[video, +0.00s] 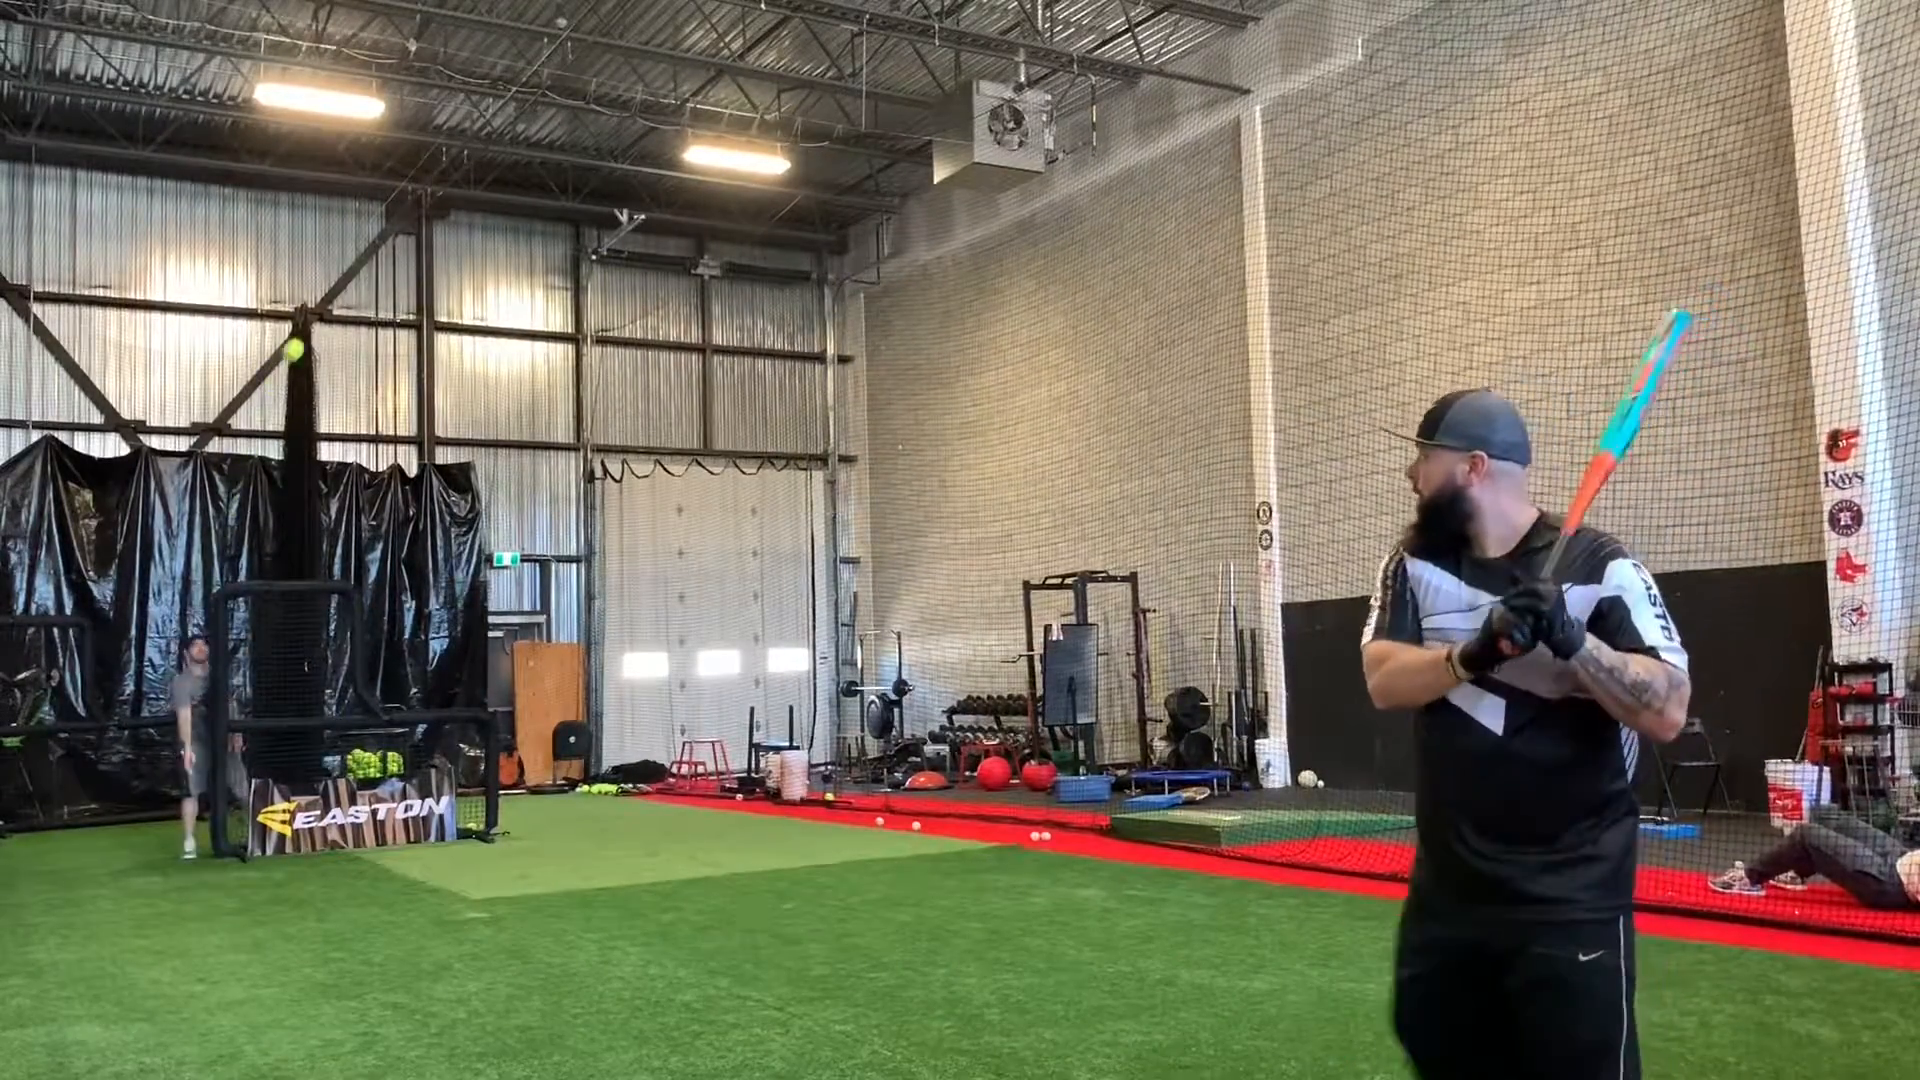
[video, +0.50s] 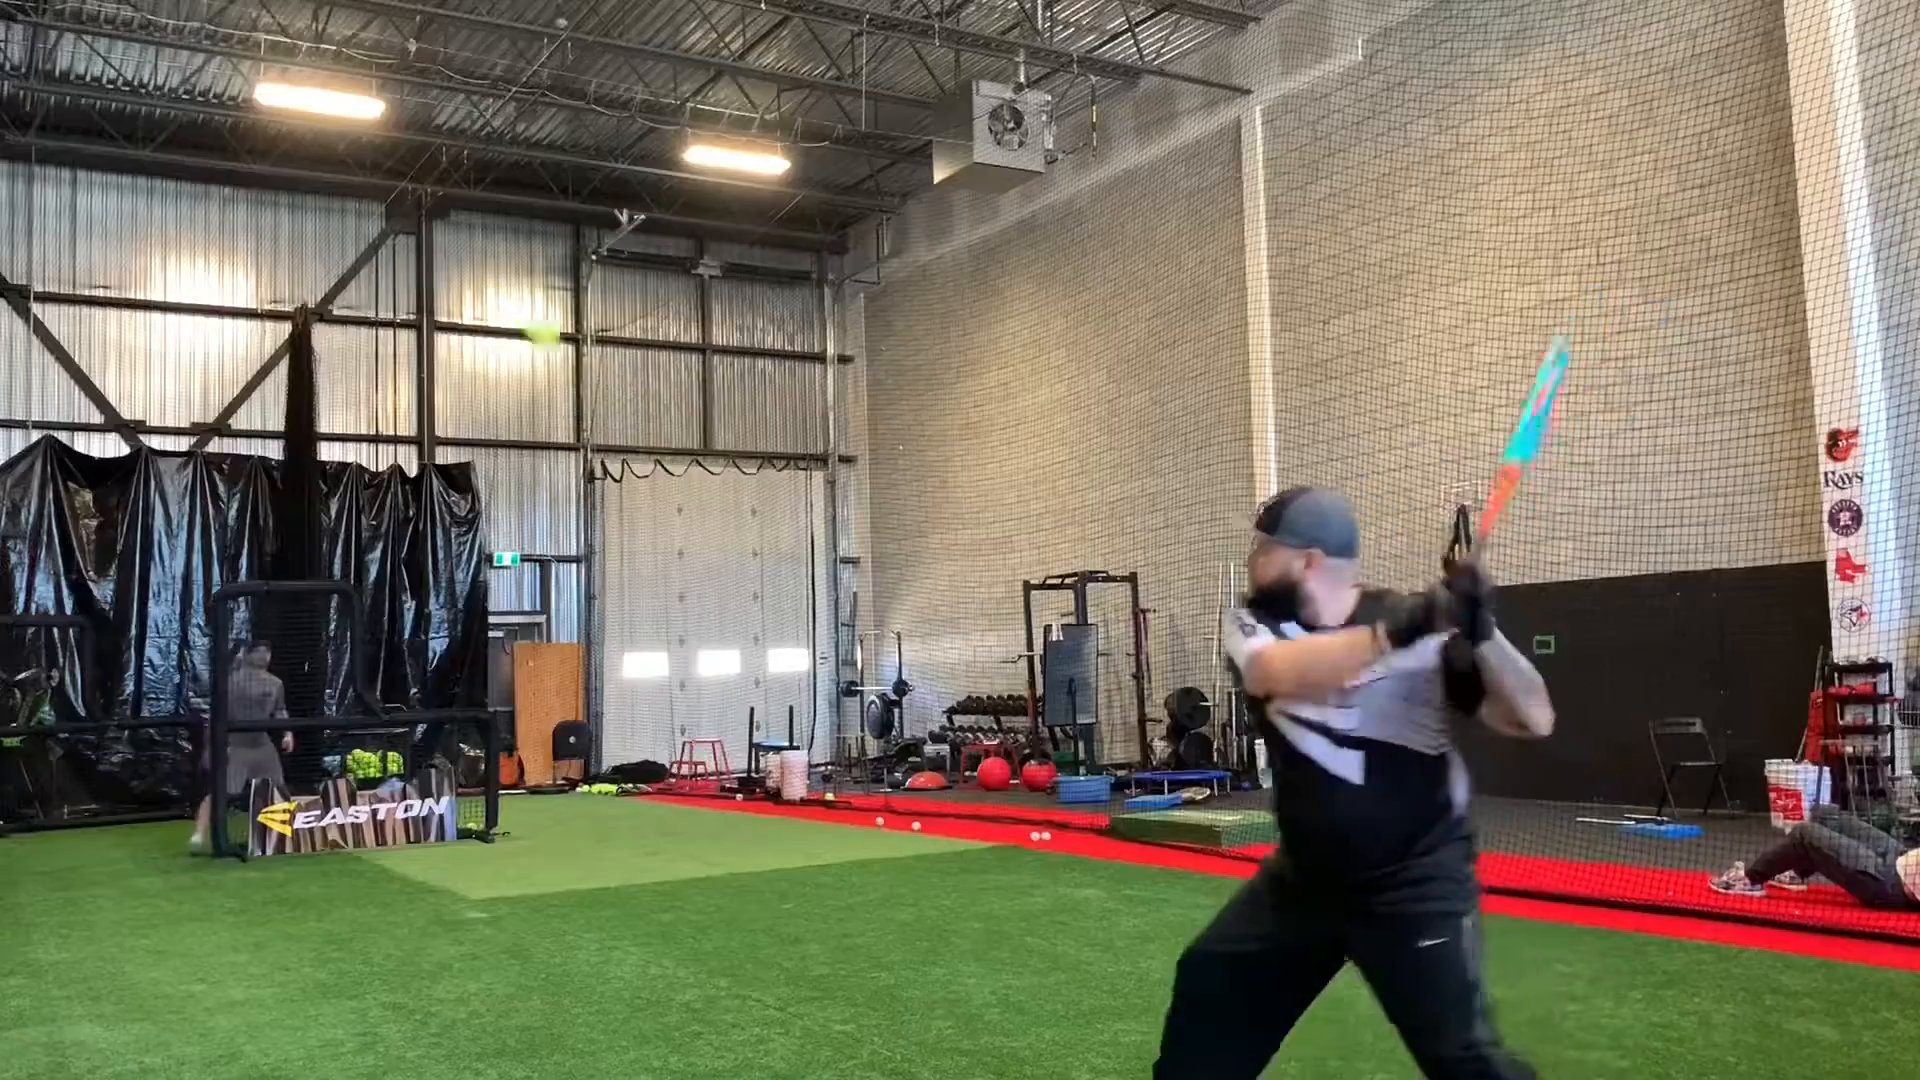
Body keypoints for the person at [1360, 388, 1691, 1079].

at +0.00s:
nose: (1411, 475)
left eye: (1425, 458)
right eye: (1416, 458)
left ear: (1476, 465)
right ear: (1473, 467)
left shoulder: (1602, 567)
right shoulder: (1415, 566)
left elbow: (1667, 713)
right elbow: (1382, 682)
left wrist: (1575, 642)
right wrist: (1475, 653)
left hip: (1570, 901)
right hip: (1450, 890)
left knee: (1579, 1064)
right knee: (1440, 1050)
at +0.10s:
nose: (1394, 490)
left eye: (1406, 473)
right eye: (1399, 474)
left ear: (1456, 482)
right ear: (1454, 483)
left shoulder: (1590, 583)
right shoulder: (1398, 580)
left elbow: (1663, 722)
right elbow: (1381, 699)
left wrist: (1580, 678)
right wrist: (1478, 689)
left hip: (1558, 874)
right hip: (1431, 859)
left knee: (1583, 1062)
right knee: (1362, 998)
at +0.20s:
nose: (1372, 506)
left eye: (1383, 489)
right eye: (1375, 490)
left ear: (1431, 503)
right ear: (1428, 505)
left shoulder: (1566, 599)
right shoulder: (1373, 599)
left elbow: (1648, 733)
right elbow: (1369, 717)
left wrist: (1572, 708)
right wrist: (1465, 725)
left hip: (1532, 864)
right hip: (1406, 847)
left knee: (1558, 1058)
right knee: (1303, 946)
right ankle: (1343, 1070)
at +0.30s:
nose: (1340, 522)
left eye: (1351, 508)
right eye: (1343, 508)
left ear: (1398, 523)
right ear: (1395, 524)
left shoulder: (1528, 611)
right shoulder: (1340, 614)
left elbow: (1617, 738)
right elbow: (1346, 730)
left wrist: (1549, 723)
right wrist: (1448, 745)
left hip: (1505, 863)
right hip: (1379, 848)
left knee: (1536, 1056)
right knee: (1260, 926)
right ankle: (1273, 1070)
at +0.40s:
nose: (1299, 538)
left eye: (1311, 524)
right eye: (1303, 525)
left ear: (1356, 538)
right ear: (1352, 540)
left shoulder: (1478, 616)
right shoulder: (1302, 619)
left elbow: (1579, 733)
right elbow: (1312, 716)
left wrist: (1519, 697)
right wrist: (1428, 712)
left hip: (1467, 868)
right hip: (1347, 857)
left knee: (1511, 1052)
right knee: (1224, 946)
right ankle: (1210, 1070)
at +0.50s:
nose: (1251, 558)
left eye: (1264, 547)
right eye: (1255, 546)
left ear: (1308, 558)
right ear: (1305, 558)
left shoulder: (1425, 634)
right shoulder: (1255, 622)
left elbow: (1534, 718)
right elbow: (1270, 674)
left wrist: (1480, 629)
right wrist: (1394, 628)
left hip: (1413, 887)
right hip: (1305, 879)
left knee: (1459, 1055)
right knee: (1211, 984)